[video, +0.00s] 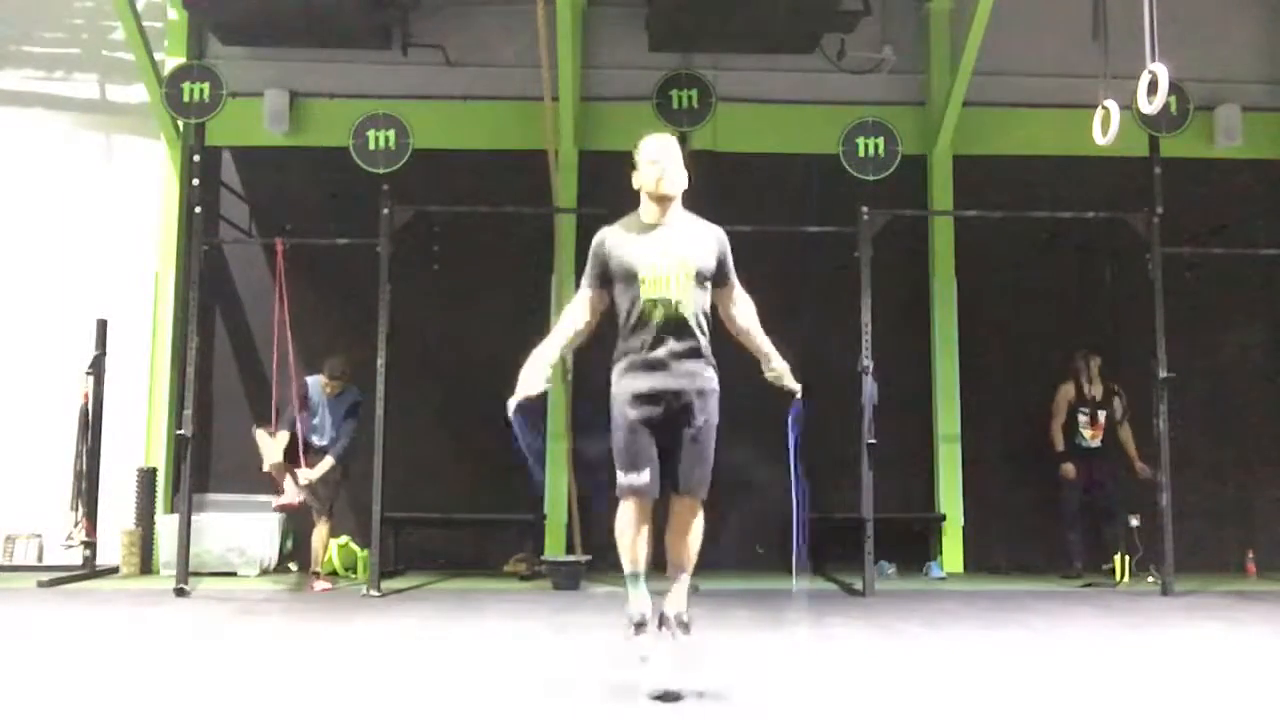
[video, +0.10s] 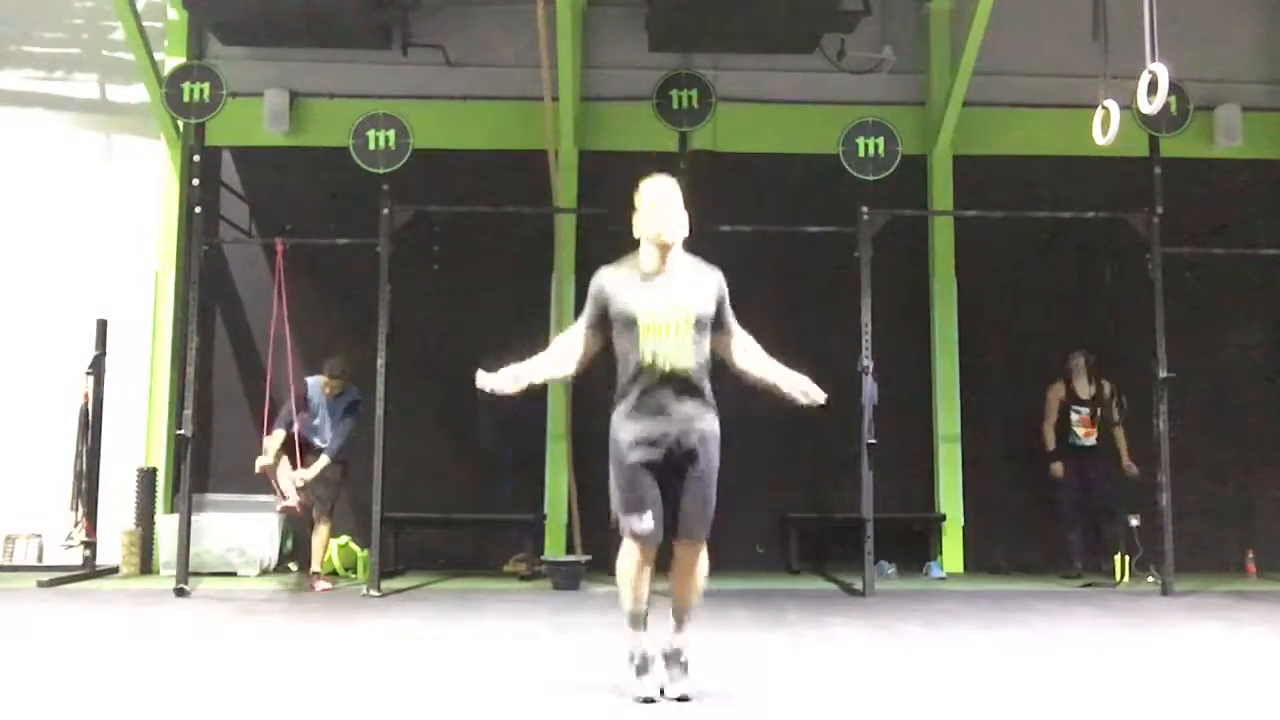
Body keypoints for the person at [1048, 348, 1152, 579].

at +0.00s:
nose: (1092, 370)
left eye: (1095, 364)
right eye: (1088, 365)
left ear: (1100, 365)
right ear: (1079, 366)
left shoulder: (1112, 393)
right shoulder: (1068, 390)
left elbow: (1123, 427)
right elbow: (1056, 425)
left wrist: (1136, 460)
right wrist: (1063, 458)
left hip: (1103, 462)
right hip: (1076, 462)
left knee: (1110, 509)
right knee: (1073, 512)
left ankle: (1114, 560)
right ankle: (1076, 562)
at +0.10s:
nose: (1076, 363)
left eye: (1080, 358)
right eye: (1072, 359)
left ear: (1089, 362)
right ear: (1067, 364)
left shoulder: (1105, 389)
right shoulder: (1058, 390)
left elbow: (1116, 425)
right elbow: (1049, 425)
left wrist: (1124, 457)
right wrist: (1053, 456)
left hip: (1097, 458)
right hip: (1069, 459)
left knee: (1104, 506)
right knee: (1071, 509)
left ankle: (1109, 559)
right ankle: (1076, 562)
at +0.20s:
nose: (1068, 360)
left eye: (1073, 355)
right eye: (1065, 355)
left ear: (1083, 358)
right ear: (1061, 359)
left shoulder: (1099, 387)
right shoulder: (1051, 389)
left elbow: (1108, 422)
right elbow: (1042, 422)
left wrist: (1113, 454)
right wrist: (1042, 453)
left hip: (1093, 457)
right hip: (1064, 457)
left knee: (1096, 507)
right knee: (1068, 509)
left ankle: (1100, 557)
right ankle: (1073, 561)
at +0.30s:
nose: (1065, 360)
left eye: (1069, 355)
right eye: (1061, 355)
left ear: (1078, 357)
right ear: (1056, 358)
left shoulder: (1096, 387)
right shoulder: (1047, 388)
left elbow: (1105, 422)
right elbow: (1037, 421)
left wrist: (1106, 452)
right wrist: (1033, 451)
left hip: (1088, 456)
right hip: (1060, 456)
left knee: (1092, 505)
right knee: (1065, 507)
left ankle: (1096, 556)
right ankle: (1072, 560)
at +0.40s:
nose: (1059, 360)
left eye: (1064, 355)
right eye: (1056, 355)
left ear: (1074, 357)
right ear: (1052, 358)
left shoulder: (1093, 387)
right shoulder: (1044, 387)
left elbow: (1103, 421)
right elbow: (1033, 420)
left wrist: (1101, 452)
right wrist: (1028, 448)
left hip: (1084, 457)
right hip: (1055, 457)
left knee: (1086, 507)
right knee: (1061, 509)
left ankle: (1091, 561)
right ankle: (1072, 561)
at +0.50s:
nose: (1056, 360)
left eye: (1061, 355)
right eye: (1053, 354)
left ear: (1072, 356)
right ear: (1049, 357)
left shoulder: (1090, 386)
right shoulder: (1040, 386)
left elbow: (1101, 423)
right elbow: (1032, 419)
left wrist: (1098, 453)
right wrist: (1025, 447)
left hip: (1080, 457)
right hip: (1051, 457)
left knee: (1078, 506)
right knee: (1056, 509)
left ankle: (1083, 560)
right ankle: (1065, 561)